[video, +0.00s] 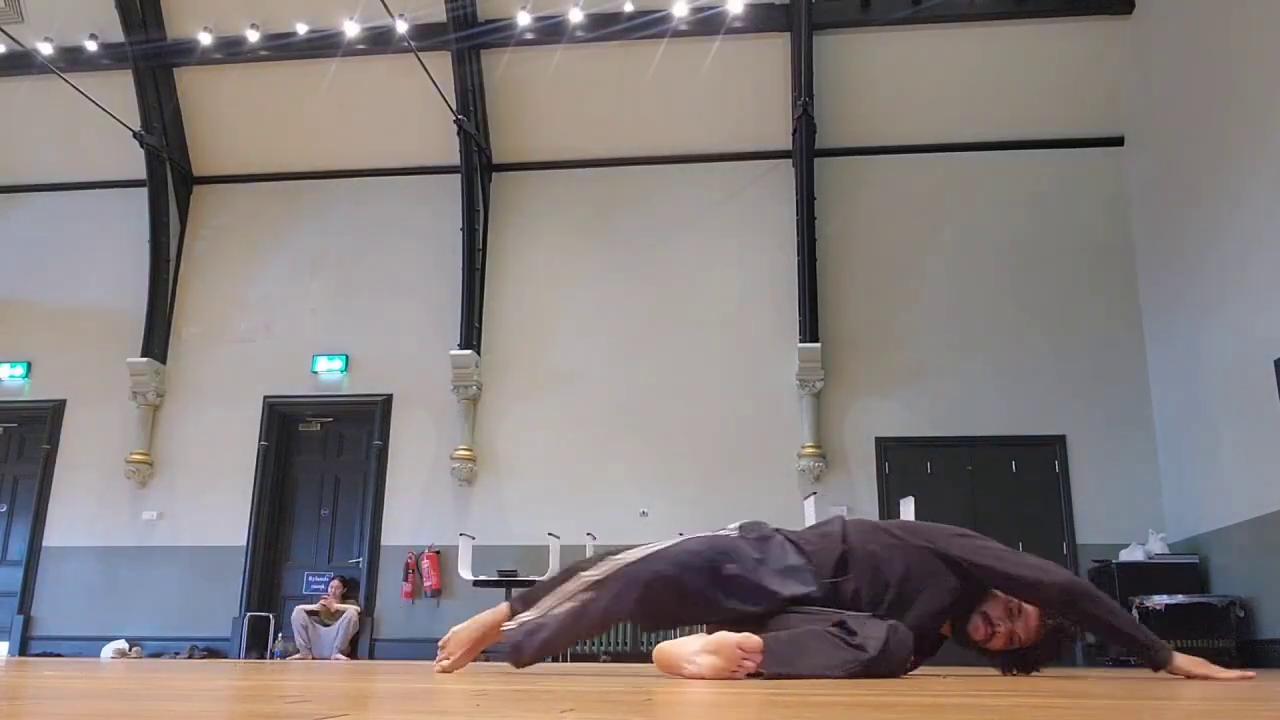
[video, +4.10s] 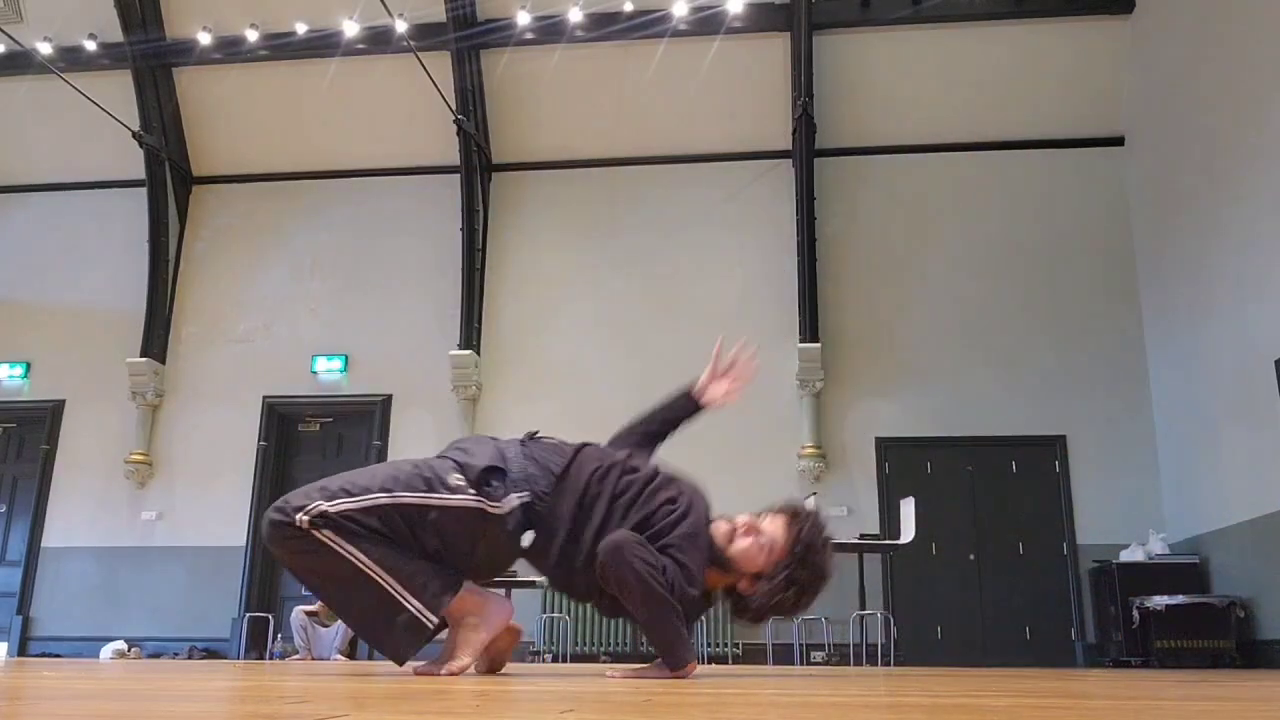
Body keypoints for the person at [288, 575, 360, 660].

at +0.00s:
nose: (333, 591)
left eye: (337, 588)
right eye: (331, 587)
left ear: (344, 590)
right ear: (328, 589)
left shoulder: (349, 603)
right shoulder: (323, 603)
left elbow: (357, 610)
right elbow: (297, 608)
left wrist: (335, 606)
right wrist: (317, 607)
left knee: (352, 614)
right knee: (297, 612)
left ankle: (337, 653)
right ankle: (304, 652)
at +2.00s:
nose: (333, 591)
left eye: (337, 588)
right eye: (331, 588)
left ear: (343, 590)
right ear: (328, 589)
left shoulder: (349, 602)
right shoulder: (323, 602)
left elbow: (357, 610)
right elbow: (297, 608)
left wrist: (334, 606)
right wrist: (315, 607)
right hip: (316, 636)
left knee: (352, 614)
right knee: (297, 612)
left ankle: (336, 653)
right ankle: (304, 653)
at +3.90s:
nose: (333, 591)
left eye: (337, 589)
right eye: (331, 588)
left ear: (343, 591)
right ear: (327, 590)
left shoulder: (348, 604)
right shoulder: (322, 604)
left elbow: (357, 610)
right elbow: (297, 609)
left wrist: (334, 606)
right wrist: (316, 608)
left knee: (352, 614)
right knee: (296, 612)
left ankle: (336, 653)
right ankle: (304, 653)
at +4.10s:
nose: (321, 607)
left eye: (324, 606)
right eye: (321, 606)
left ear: (333, 609)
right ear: (318, 607)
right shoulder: (308, 623)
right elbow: (297, 610)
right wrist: (314, 608)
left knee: (349, 619)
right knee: (297, 612)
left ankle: (336, 654)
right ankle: (304, 653)